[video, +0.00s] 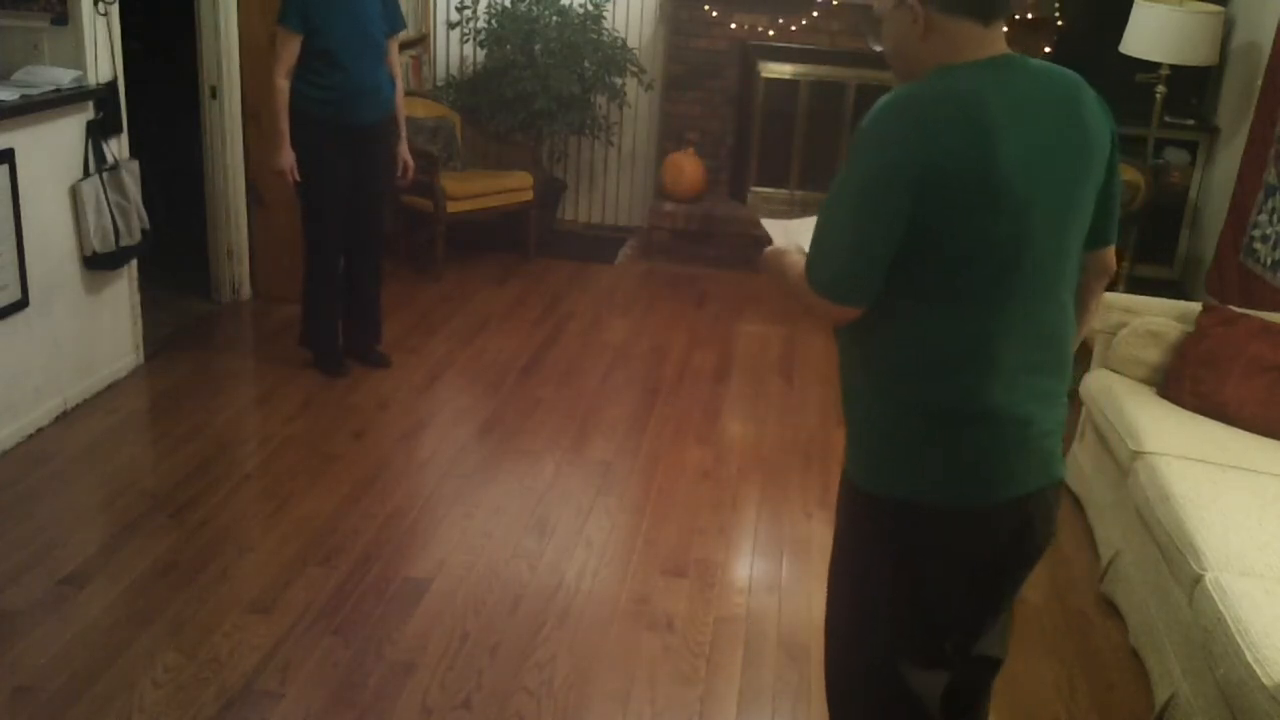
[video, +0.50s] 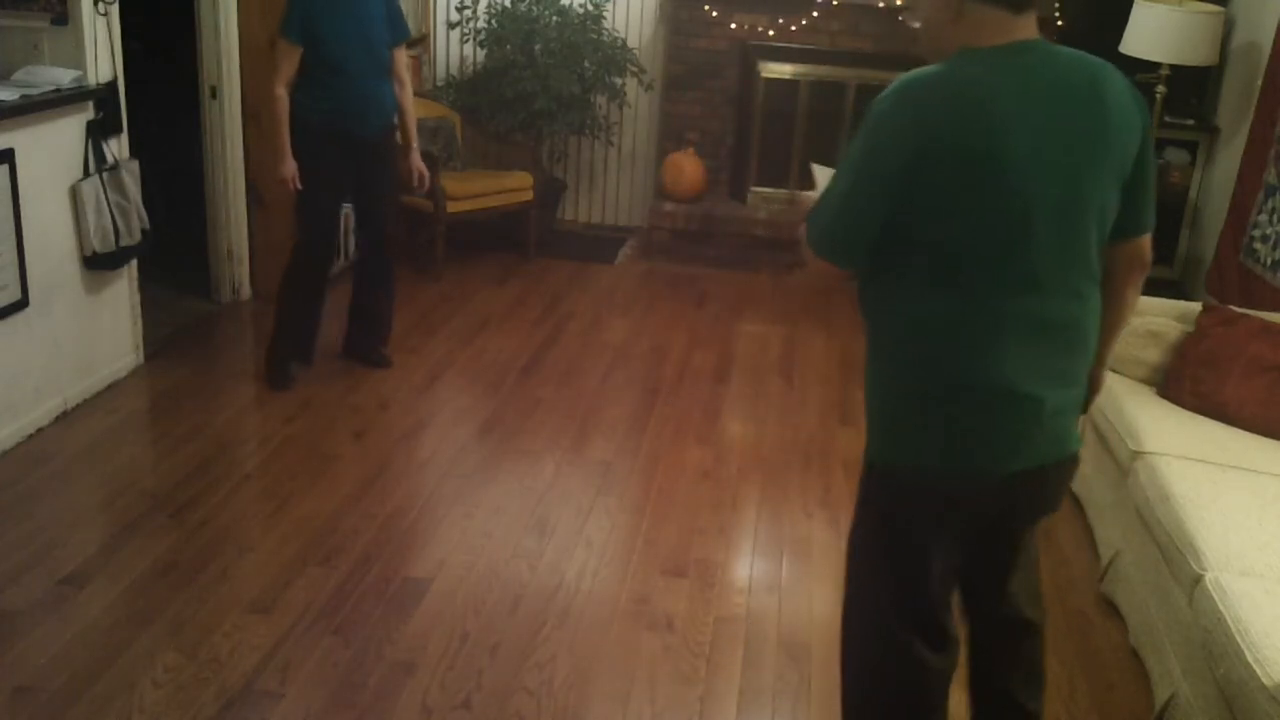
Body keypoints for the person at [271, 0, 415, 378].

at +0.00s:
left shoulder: (385, 6)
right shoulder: (302, 7)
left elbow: (394, 73)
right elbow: (282, 74)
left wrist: (401, 140)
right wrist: (284, 145)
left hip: (375, 132)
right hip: (320, 133)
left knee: (368, 239)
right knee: (325, 240)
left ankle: (364, 340)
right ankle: (324, 345)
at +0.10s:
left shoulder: (386, 6)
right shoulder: (302, 7)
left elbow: (396, 72)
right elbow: (283, 73)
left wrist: (403, 139)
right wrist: (285, 145)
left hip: (376, 134)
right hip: (322, 135)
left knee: (369, 239)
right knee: (326, 240)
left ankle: (364, 339)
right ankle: (325, 346)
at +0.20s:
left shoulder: (389, 7)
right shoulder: (304, 7)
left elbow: (402, 74)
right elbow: (285, 75)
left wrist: (406, 141)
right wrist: (287, 146)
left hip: (377, 133)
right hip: (323, 134)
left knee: (370, 238)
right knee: (327, 239)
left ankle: (365, 339)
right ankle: (326, 345)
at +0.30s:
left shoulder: (391, 7)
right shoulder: (307, 8)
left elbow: (406, 77)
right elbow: (285, 77)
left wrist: (409, 144)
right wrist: (288, 149)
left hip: (376, 136)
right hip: (322, 137)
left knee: (371, 239)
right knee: (331, 240)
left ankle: (366, 339)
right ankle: (323, 346)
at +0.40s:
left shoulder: (390, 8)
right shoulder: (308, 8)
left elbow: (405, 81)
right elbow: (284, 81)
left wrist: (413, 149)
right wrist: (287, 154)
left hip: (378, 140)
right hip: (322, 140)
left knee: (376, 245)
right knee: (327, 247)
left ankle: (367, 341)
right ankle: (308, 352)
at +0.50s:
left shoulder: (387, 7)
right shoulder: (306, 8)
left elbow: (401, 79)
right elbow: (281, 84)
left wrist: (413, 148)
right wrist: (285, 155)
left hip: (376, 141)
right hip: (320, 142)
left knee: (376, 242)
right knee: (316, 245)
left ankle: (365, 341)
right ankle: (285, 354)